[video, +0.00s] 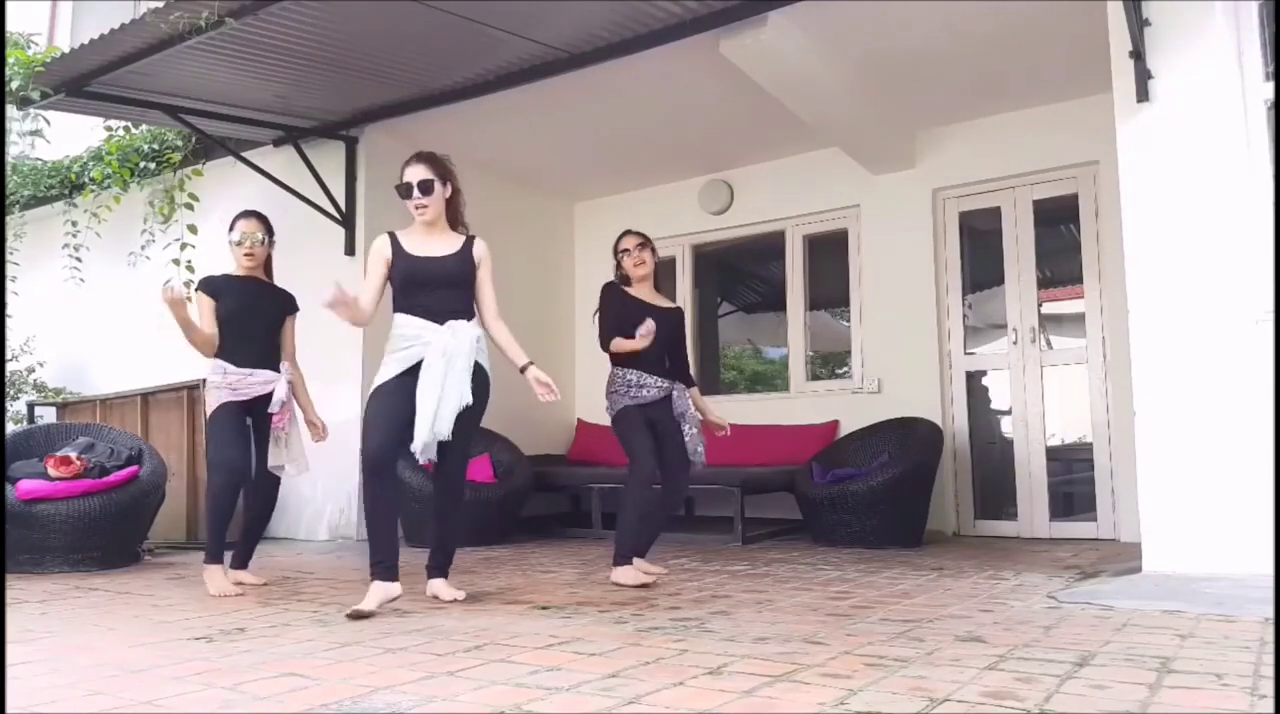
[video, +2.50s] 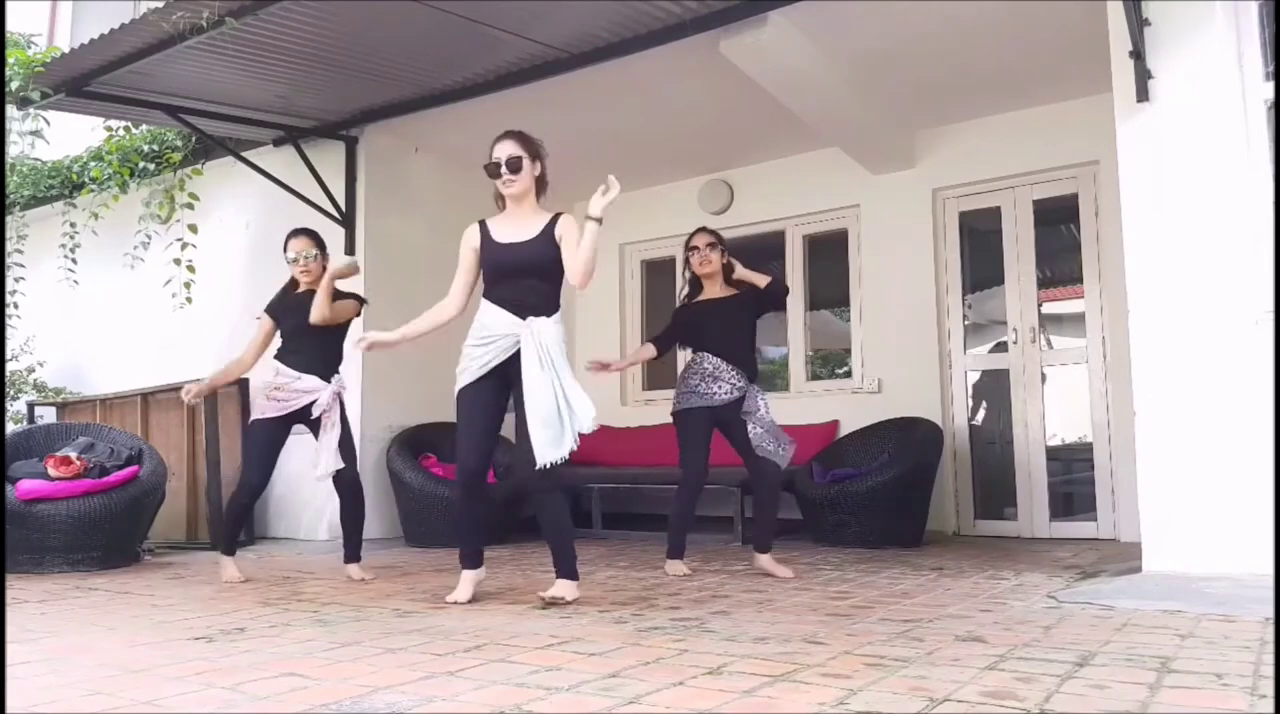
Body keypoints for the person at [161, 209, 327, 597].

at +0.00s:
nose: (249, 247)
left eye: (257, 239)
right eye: (240, 240)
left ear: (270, 246)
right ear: (230, 246)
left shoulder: (283, 299)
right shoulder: (212, 287)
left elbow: (290, 363)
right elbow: (208, 347)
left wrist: (309, 412)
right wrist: (180, 314)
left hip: (272, 392)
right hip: (227, 389)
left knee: (268, 479)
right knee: (230, 468)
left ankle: (240, 564)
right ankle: (214, 564)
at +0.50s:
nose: (246, 249)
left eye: (254, 241)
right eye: (238, 242)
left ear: (269, 246)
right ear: (230, 248)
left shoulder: (289, 295)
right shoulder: (217, 291)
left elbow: (301, 355)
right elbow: (175, 339)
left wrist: (314, 407)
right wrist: (178, 377)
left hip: (271, 389)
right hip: (224, 386)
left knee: (269, 477)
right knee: (209, 466)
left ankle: (238, 566)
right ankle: (196, 562)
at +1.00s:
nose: (239, 249)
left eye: (248, 241)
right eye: (233, 243)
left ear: (267, 246)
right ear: (228, 248)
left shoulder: (285, 295)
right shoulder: (219, 292)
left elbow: (295, 352)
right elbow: (188, 340)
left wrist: (303, 400)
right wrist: (191, 347)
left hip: (275, 391)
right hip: (234, 391)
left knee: (265, 477)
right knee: (200, 464)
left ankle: (266, 564)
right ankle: (222, 553)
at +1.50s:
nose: (237, 251)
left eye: (246, 244)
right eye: (231, 245)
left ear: (263, 250)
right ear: (224, 251)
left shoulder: (281, 295)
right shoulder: (215, 299)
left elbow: (286, 356)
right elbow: (209, 358)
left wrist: (283, 406)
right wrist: (192, 404)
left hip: (260, 393)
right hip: (217, 393)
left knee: (239, 476)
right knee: (208, 479)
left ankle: (265, 564)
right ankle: (231, 565)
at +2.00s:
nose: (254, 246)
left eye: (263, 239)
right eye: (248, 239)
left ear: (281, 244)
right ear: (240, 242)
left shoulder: (291, 288)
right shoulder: (231, 284)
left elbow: (319, 345)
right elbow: (230, 334)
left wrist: (341, 399)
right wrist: (225, 377)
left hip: (264, 383)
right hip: (224, 382)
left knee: (273, 468)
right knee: (218, 473)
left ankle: (327, 540)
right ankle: (231, 563)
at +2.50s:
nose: (302, 264)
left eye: (309, 256)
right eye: (294, 259)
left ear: (324, 259)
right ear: (287, 264)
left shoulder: (349, 301)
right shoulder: (283, 301)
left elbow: (318, 317)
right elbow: (248, 359)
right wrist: (207, 385)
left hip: (324, 398)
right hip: (278, 395)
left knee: (349, 481)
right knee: (253, 483)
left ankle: (353, 561)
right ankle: (226, 555)